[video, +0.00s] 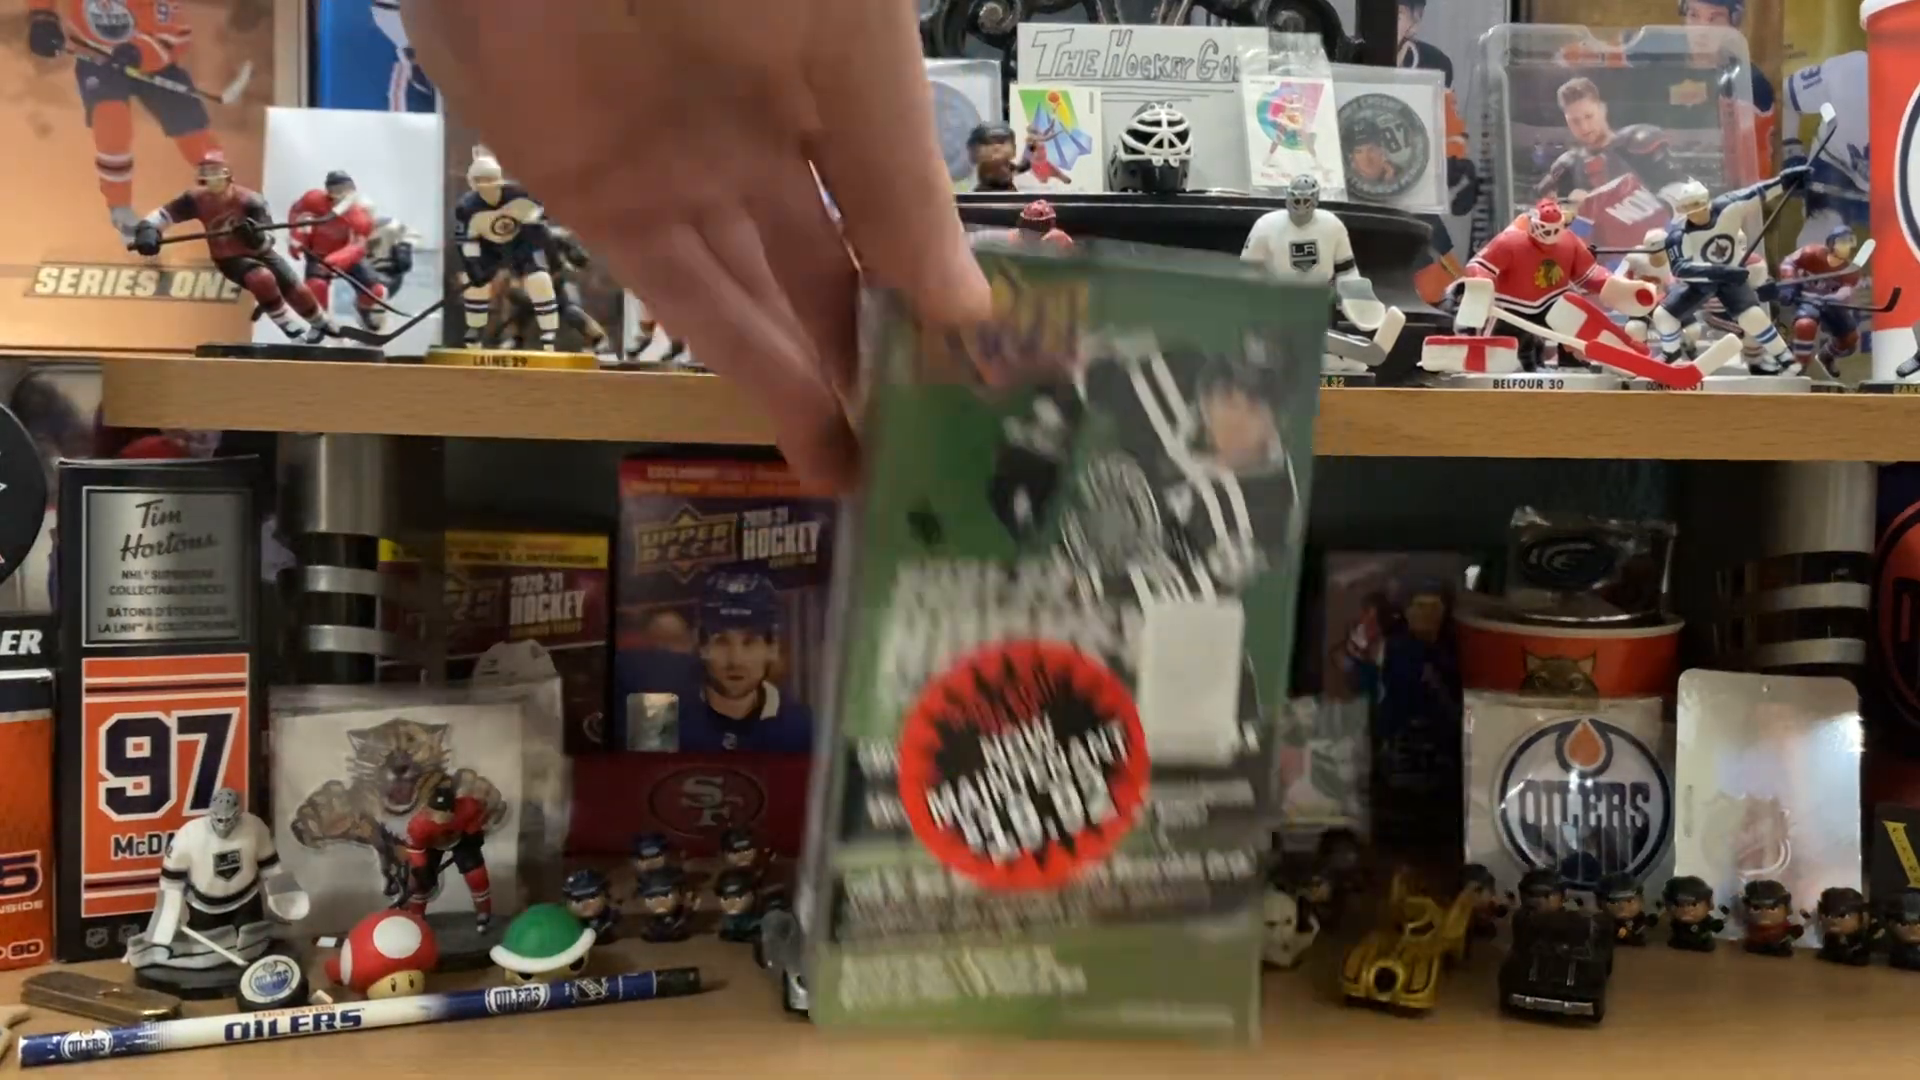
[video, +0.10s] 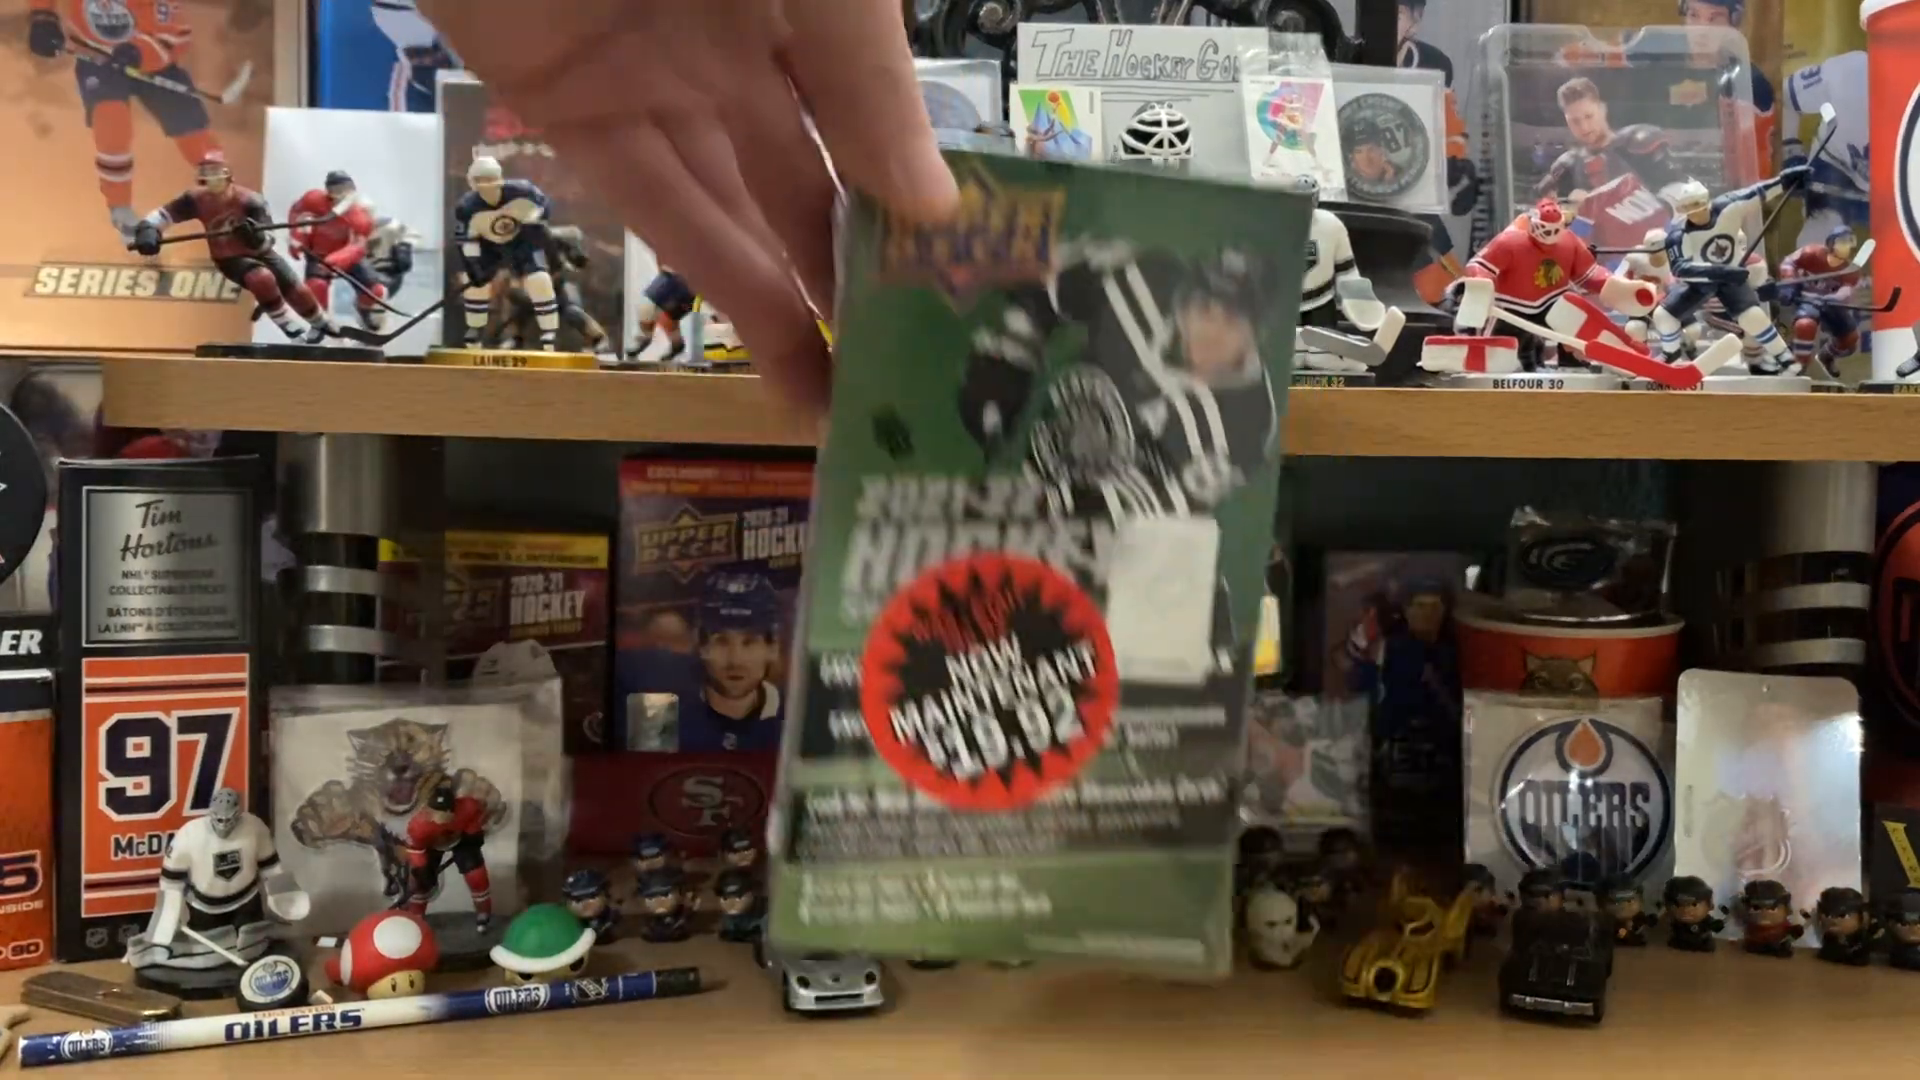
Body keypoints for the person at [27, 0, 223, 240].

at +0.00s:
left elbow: (176, 37)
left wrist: (138, 52)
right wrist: (43, 16)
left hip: (152, 59)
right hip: (95, 57)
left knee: (197, 140)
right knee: (113, 125)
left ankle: (227, 204)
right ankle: (121, 211)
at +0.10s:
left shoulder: (159, 4)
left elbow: (176, 37)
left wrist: (138, 52)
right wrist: (43, 16)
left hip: (153, 59)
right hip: (95, 58)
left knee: (198, 142)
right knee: (113, 125)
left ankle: (227, 205)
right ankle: (121, 210)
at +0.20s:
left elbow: (176, 37)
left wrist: (139, 52)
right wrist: (43, 16)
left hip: (153, 59)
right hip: (95, 58)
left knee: (198, 141)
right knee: (113, 126)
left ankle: (226, 205)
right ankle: (121, 211)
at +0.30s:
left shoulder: (158, 6)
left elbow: (176, 37)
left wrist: (139, 52)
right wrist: (43, 17)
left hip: (153, 58)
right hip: (95, 58)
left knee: (197, 139)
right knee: (113, 125)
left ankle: (226, 205)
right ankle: (121, 211)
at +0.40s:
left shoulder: (159, 6)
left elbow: (177, 36)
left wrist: (139, 52)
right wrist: (42, 17)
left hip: (153, 59)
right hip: (96, 58)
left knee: (196, 137)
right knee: (113, 125)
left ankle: (226, 205)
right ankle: (121, 210)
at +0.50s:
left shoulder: (157, 5)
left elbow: (176, 37)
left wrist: (139, 52)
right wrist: (42, 17)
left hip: (152, 58)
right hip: (95, 57)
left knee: (195, 136)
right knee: (113, 121)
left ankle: (227, 204)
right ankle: (121, 210)